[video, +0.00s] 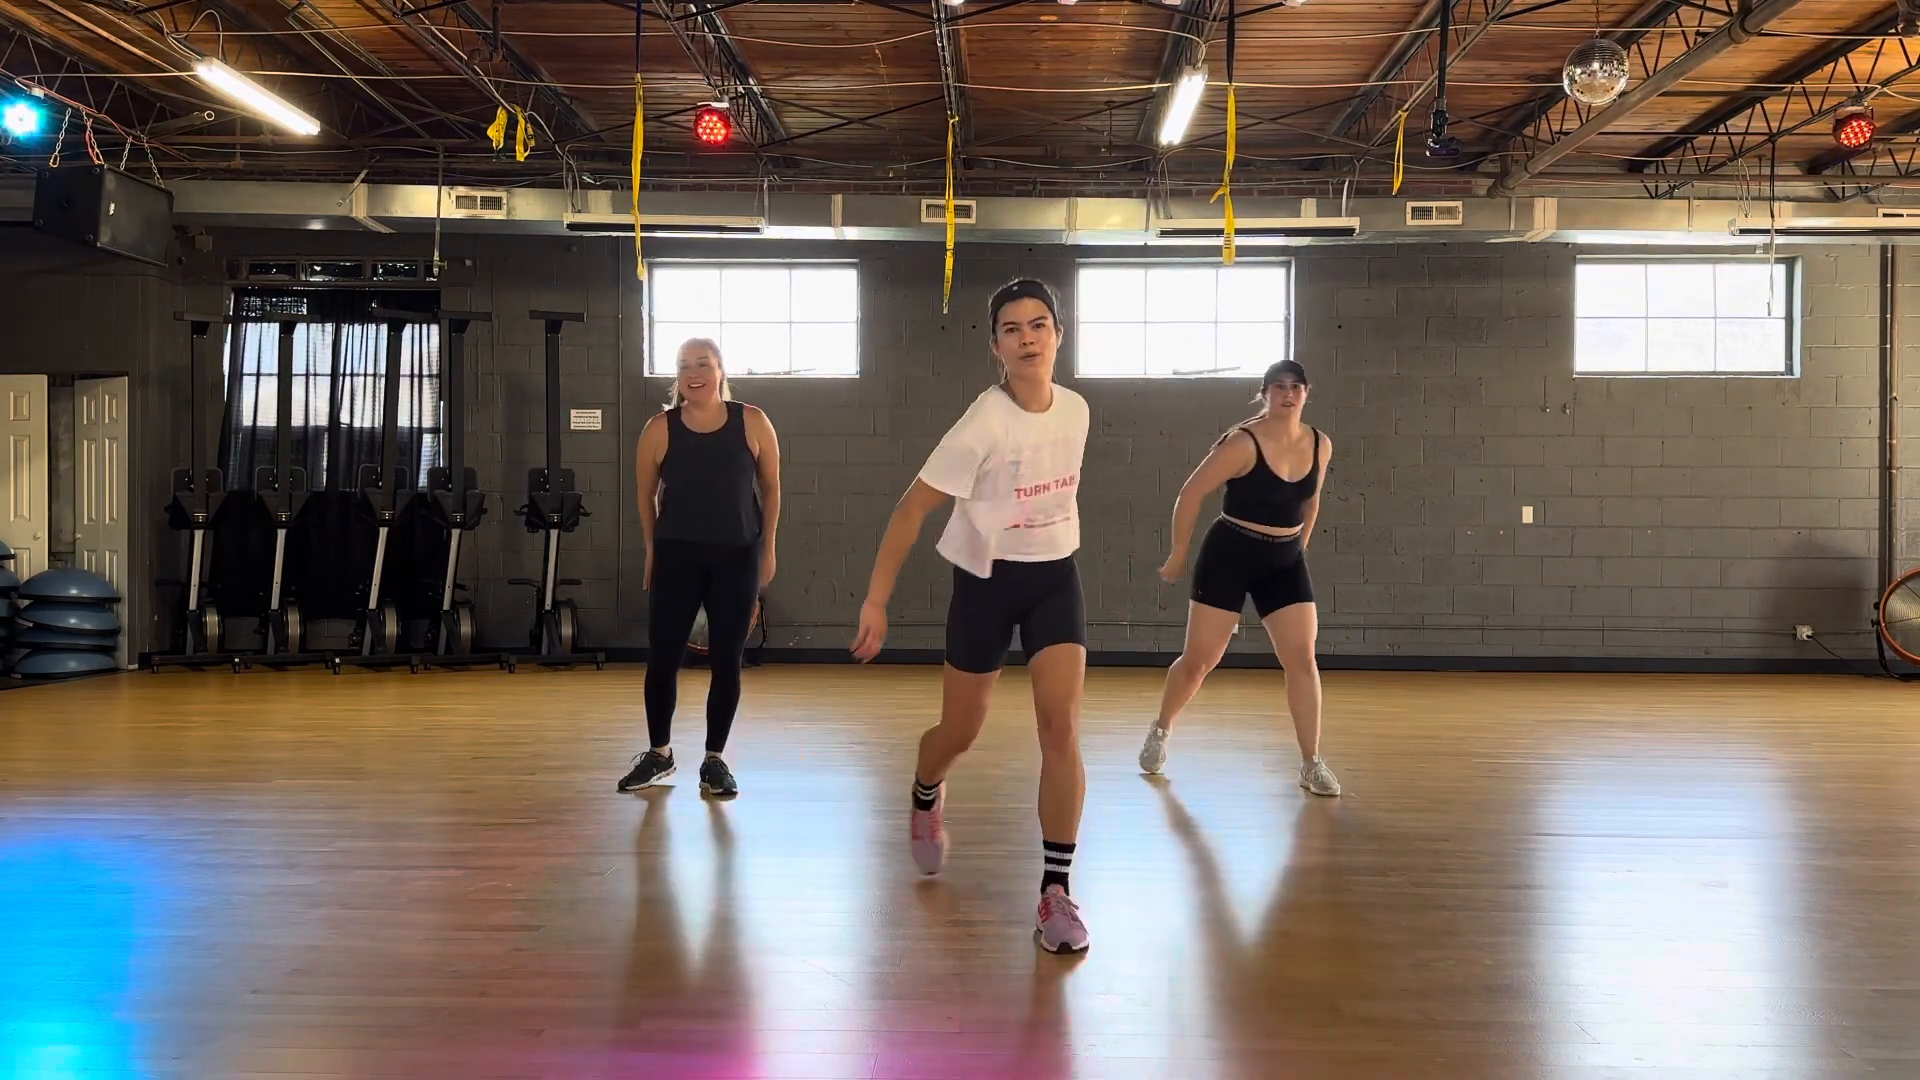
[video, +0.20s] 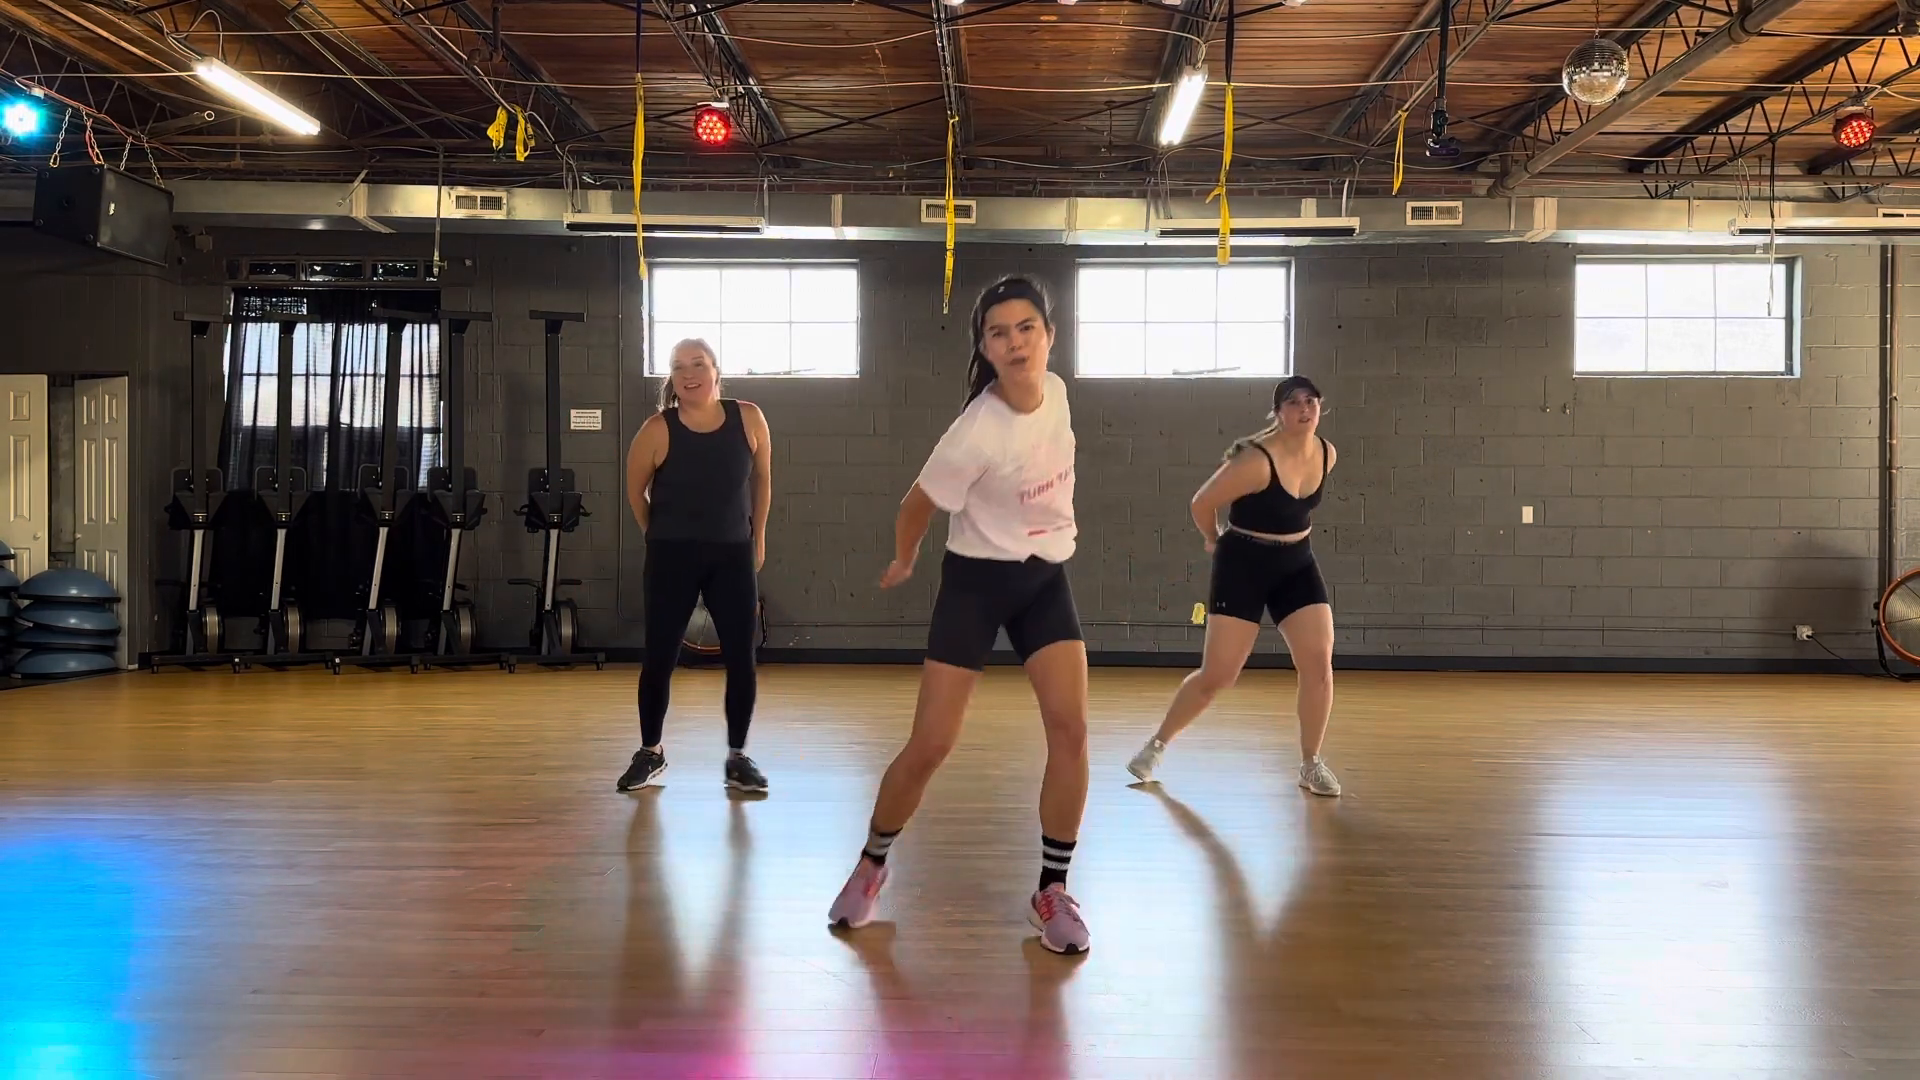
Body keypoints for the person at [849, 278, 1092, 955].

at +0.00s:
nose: (1027, 337)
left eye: (1038, 325)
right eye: (1012, 328)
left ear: (1057, 335)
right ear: (995, 345)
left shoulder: (1076, 411)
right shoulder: (984, 420)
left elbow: (1054, 490)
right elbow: (913, 507)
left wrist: (1040, 553)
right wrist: (876, 603)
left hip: (1055, 577)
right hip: (983, 580)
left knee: (1061, 731)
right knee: (960, 731)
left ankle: (1057, 891)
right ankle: (925, 793)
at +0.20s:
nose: (1015, 341)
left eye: (1026, 327)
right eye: (999, 333)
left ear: (1048, 334)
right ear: (984, 350)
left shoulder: (1057, 393)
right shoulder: (975, 432)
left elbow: (1043, 475)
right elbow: (915, 505)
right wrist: (903, 559)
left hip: (1045, 577)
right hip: (973, 580)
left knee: (1070, 732)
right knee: (930, 745)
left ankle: (1054, 892)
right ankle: (869, 868)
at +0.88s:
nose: (952, 410)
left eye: (967, 396)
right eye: (938, 395)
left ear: (990, 406)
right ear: (917, 400)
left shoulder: (1015, 474)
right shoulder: (873, 455)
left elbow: (1003, 521)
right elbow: (836, 499)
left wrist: (947, 541)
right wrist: (892, 536)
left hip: (969, 587)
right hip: (881, 593)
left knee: (1052, 719)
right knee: (827, 735)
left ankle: (1125, 873)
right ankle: (810, 883)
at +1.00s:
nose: (994, 401)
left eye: (1007, 385)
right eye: (977, 389)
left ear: (1027, 388)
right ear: (955, 397)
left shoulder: (1045, 448)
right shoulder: (912, 462)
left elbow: (1008, 506)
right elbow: (851, 510)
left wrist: (953, 540)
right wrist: (894, 545)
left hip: (985, 576)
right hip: (902, 578)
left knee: (1045, 714)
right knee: (833, 733)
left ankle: (1095, 885)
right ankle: (770, 875)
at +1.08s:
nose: (1028, 413)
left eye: (1038, 395)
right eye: (1010, 401)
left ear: (1054, 396)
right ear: (984, 413)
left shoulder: (1056, 443)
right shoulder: (956, 491)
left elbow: (1008, 517)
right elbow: (888, 542)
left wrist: (925, 545)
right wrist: (879, 551)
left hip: (1000, 603)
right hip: (920, 599)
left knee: (1056, 738)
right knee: (841, 754)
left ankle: (1072, 905)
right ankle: (741, 878)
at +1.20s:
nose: (1033, 442)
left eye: (1041, 423)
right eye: (1013, 432)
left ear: (1058, 420)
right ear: (992, 441)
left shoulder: (1057, 467)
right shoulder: (976, 527)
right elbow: (893, 585)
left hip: (1017, 635)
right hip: (942, 634)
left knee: (1088, 756)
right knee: (854, 790)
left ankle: (1067, 911)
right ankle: (733, 884)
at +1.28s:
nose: (1005, 430)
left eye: (1016, 413)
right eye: (987, 419)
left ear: (1035, 414)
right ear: (967, 429)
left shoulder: (1059, 463)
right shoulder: (944, 505)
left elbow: (1037, 539)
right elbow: (878, 556)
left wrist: (992, 592)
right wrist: (921, 606)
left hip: (1024, 617)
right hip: (943, 619)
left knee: (1086, 753)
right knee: (854, 768)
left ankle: (1069, 910)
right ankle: (744, 880)